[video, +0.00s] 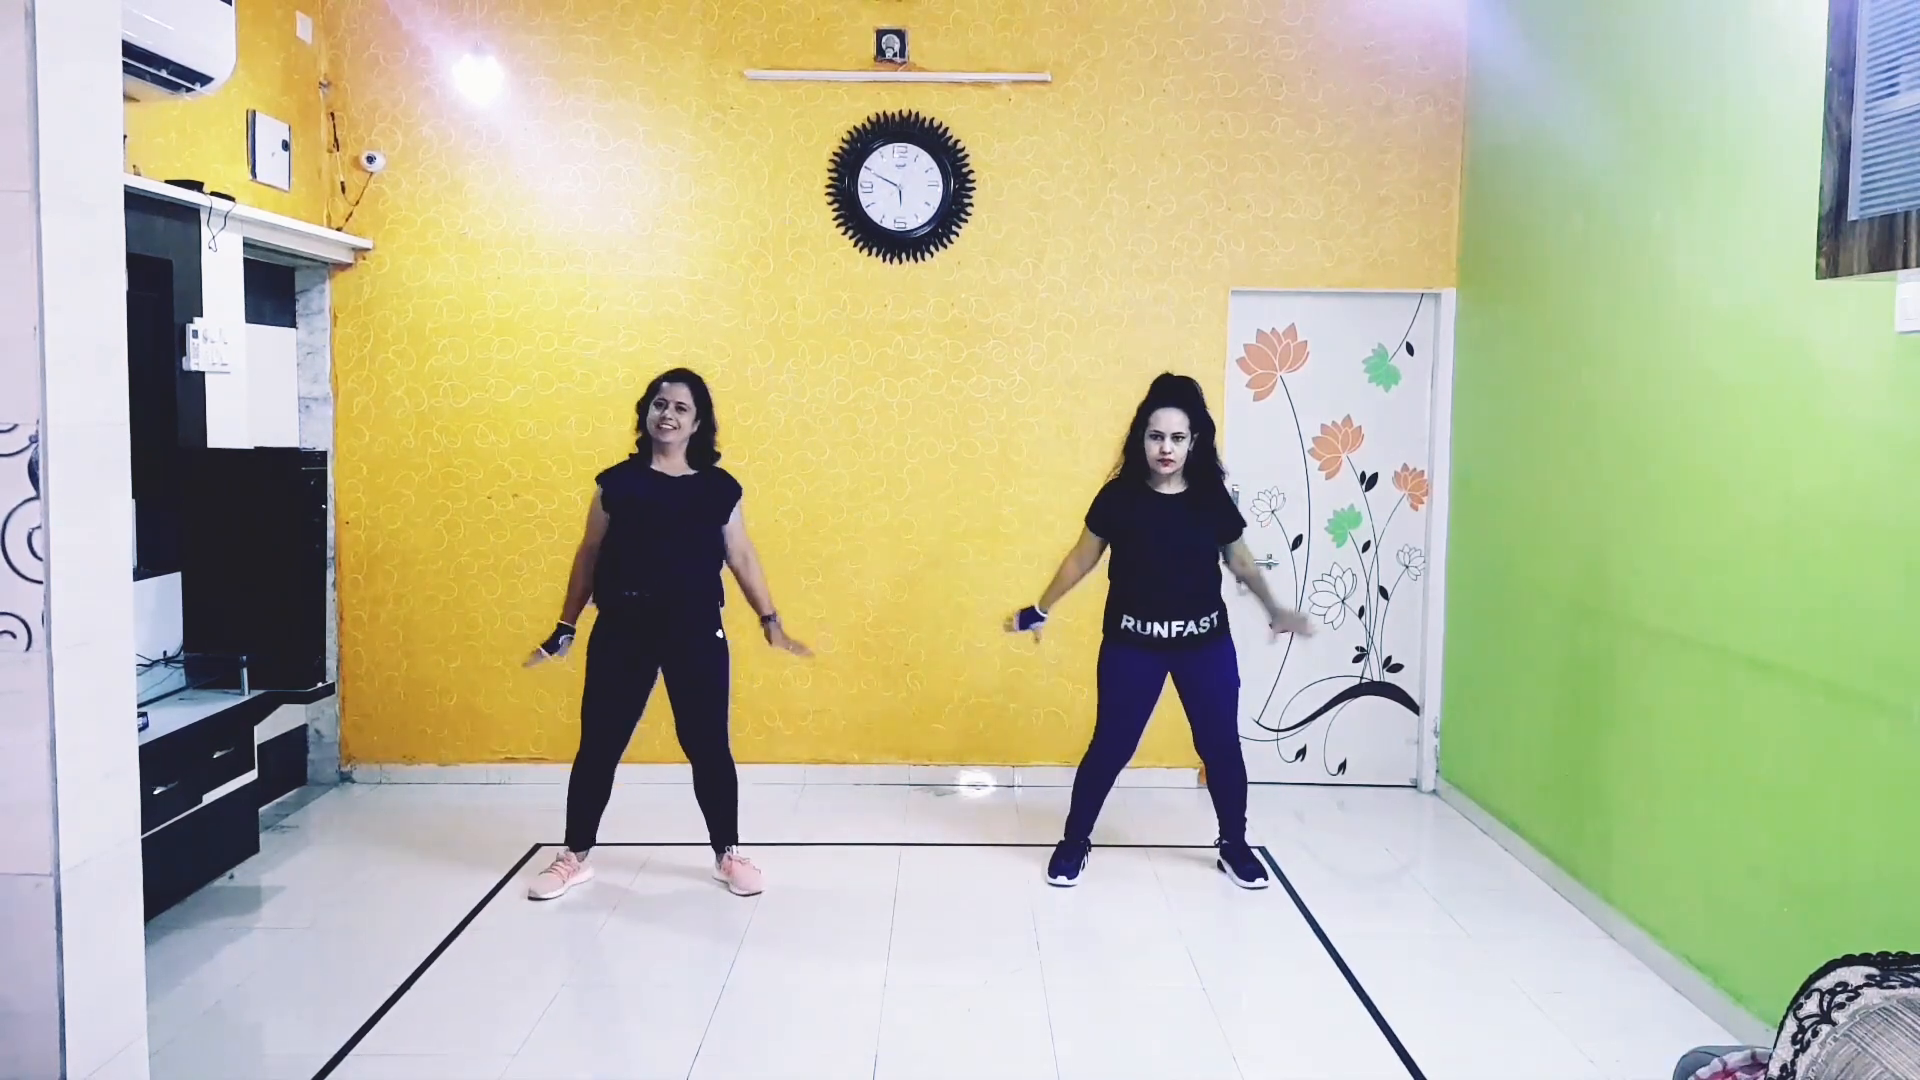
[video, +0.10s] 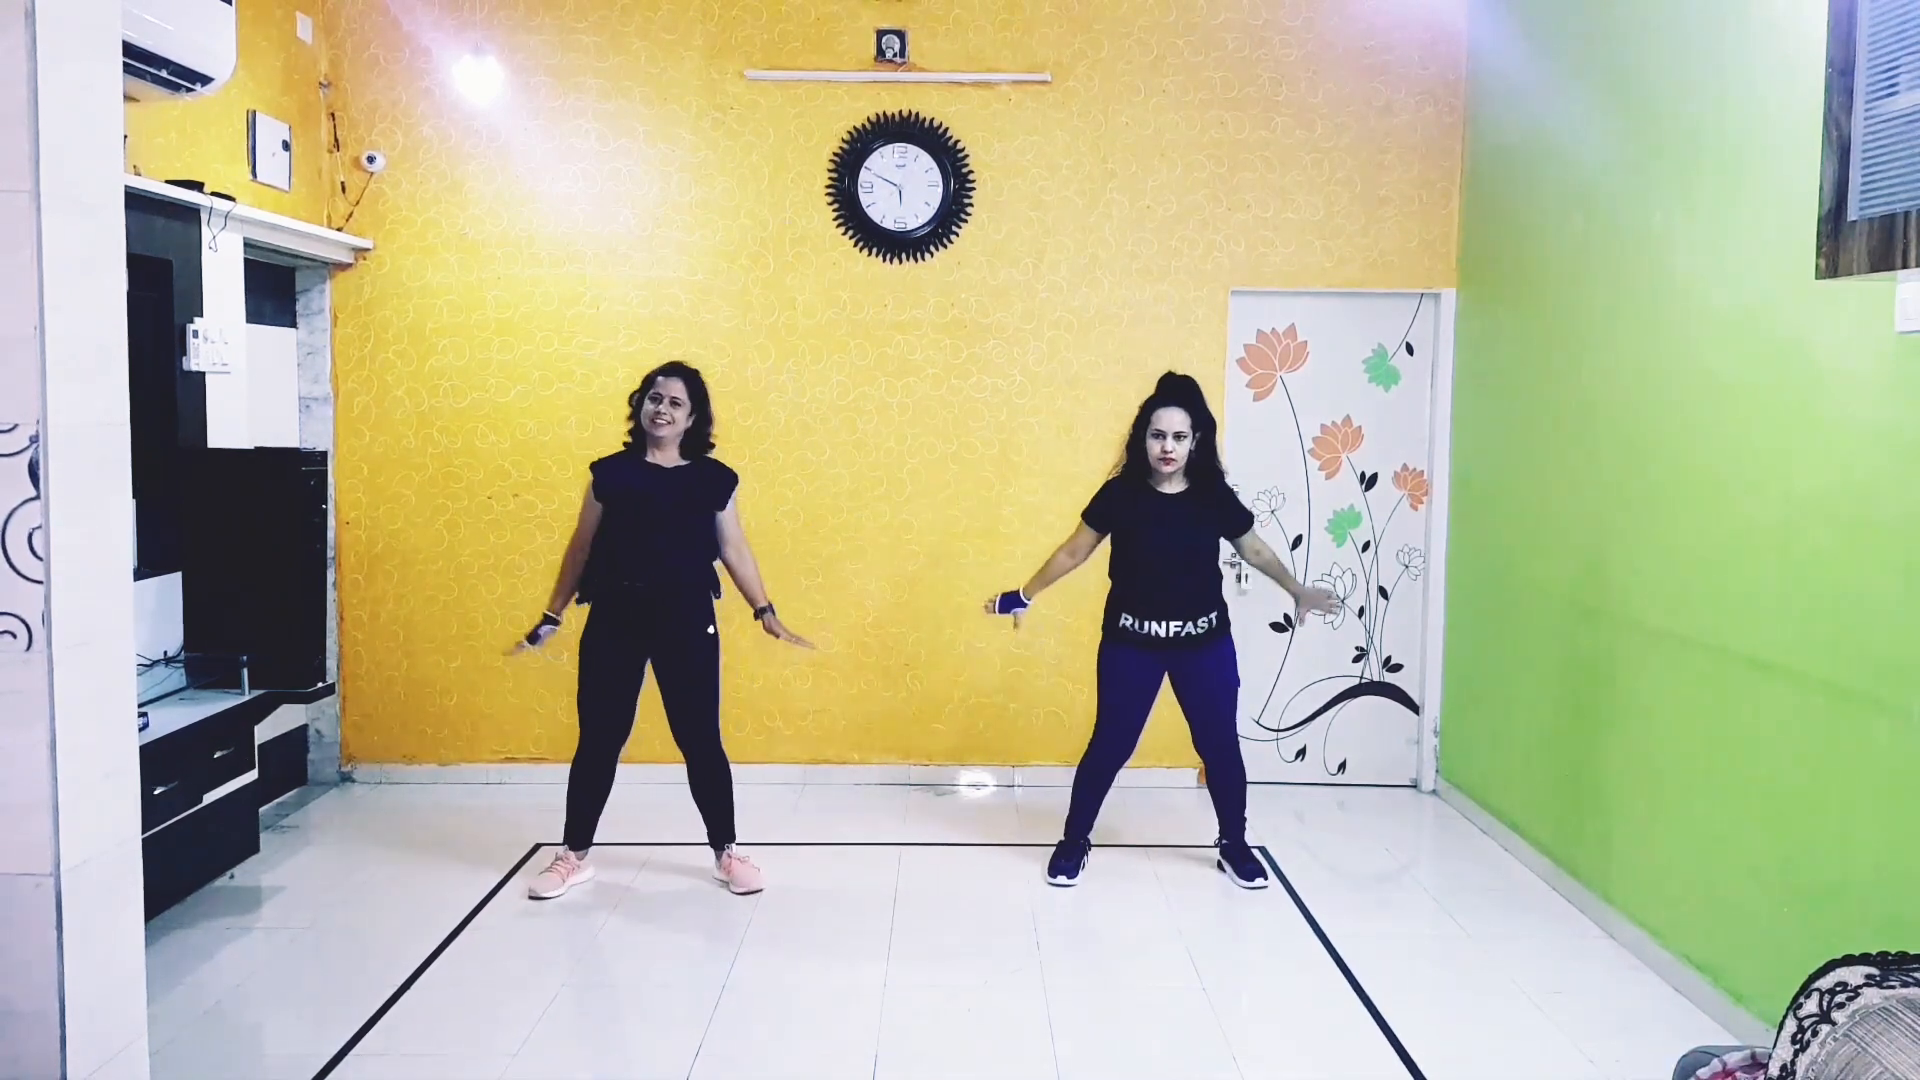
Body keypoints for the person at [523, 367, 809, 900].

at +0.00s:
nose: (668, 414)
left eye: (681, 408)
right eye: (659, 405)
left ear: (699, 421)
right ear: (646, 415)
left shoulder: (718, 488)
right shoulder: (617, 483)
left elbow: (742, 556)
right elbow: (590, 554)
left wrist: (770, 616)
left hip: (695, 635)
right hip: (623, 633)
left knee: (710, 746)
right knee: (598, 745)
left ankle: (729, 854)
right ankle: (574, 856)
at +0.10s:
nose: (661, 409)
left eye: (675, 403)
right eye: (653, 399)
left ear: (694, 416)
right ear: (640, 407)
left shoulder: (713, 481)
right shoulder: (610, 474)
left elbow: (735, 549)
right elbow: (582, 548)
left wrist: (765, 608)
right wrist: (553, 614)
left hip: (686, 628)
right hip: (614, 625)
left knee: (702, 741)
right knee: (598, 740)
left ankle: (727, 851)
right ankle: (573, 854)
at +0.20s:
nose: (655, 407)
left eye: (668, 401)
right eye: (647, 397)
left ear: (687, 416)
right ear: (633, 406)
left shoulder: (706, 478)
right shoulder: (605, 472)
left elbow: (733, 548)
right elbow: (570, 546)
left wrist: (766, 606)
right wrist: (532, 610)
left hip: (682, 631)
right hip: (609, 628)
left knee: (699, 742)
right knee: (596, 741)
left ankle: (726, 852)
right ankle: (574, 854)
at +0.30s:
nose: (649, 406)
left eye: (663, 400)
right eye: (642, 396)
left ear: (681, 414)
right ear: (627, 405)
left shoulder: (702, 476)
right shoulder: (600, 471)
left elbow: (728, 547)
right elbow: (565, 547)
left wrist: (758, 606)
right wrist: (529, 610)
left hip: (681, 627)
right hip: (609, 624)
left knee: (698, 737)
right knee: (595, 738)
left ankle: (727, 853)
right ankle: (573, 854)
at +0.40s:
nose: (642, 405)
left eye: (656, 399)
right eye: (635, 396)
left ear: (676, 413)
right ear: (622, 405)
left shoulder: (698, 477)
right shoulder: (596, 474)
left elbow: (721, 546)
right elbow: (568, 547)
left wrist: (748, 609)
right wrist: (542, 613)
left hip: (680, 628)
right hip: (607, 627)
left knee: (699, 740)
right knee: (595, 740)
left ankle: (728, 853)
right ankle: (574, 854)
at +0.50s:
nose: (640, 405)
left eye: (654, 400)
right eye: (633, 396)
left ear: (673, 414)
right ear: (619, 406)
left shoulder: (697, 478)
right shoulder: (593, 476)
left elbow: (718, 548)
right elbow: (569, 550)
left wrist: (743, 612)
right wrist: (549, 618)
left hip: (673, 628)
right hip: (601, 627)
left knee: (696, 740)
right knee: (592, 741)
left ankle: (727, 854)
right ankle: (574, 854)